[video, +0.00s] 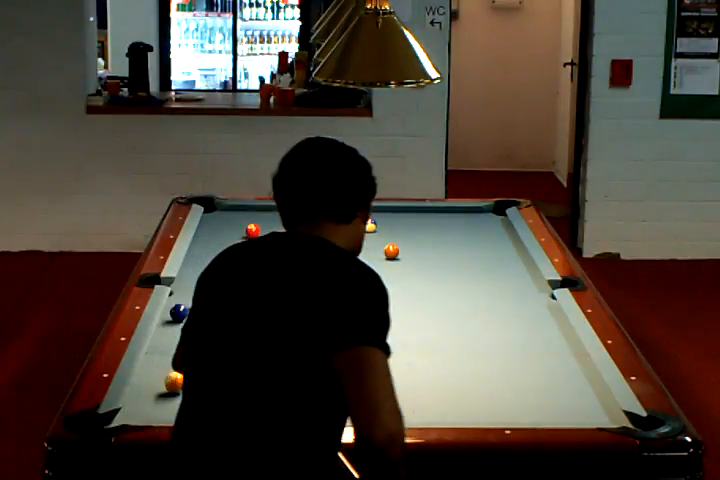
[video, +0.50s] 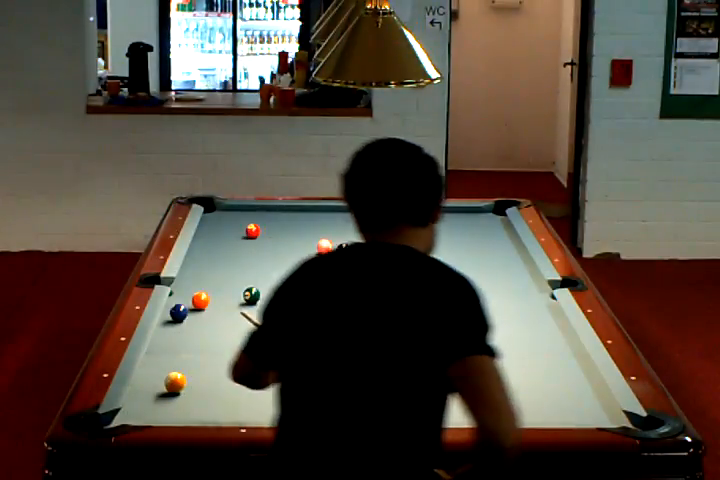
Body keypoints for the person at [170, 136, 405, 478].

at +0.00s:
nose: (366, 226)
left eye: (366, 213)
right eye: (367, 214)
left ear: (282, 205)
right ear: (361, 214)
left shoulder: (227, 263)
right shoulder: (354, 282)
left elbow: (184, 363)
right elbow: (381, 430)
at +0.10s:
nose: (373, 225)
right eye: (375, 213)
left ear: (290, 205)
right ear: (371, 212)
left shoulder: (236, 263)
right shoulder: (365, 283)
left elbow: (190, 362)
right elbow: (393, 432)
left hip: (209, 477)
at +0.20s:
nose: (382, 221)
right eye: (384, 211)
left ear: (298, 204)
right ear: (380, 212)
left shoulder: (246, 264)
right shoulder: (375, 284)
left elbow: (198, 360)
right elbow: (410, 435)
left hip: (224, 478)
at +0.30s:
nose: (395, 218)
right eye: (396, 208)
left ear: (311, 204)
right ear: (391, 209)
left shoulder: (260, 265)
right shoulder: (391, 283)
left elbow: (207, 363)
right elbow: (432, 434)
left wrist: (280, 379)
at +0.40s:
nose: (415, 217)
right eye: (416, 206)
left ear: (330, 207)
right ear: (411, 206)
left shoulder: (282, 268)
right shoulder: (415, 284)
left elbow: (223, 365)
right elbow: (463, 431)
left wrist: (297, 377)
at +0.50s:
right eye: (437, 205)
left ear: (355, 210)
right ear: (435, 210)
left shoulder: (311, 276)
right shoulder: (448, 290)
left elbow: (246, 372)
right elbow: (501, 428)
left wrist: (304, 354)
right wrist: (453, 472)